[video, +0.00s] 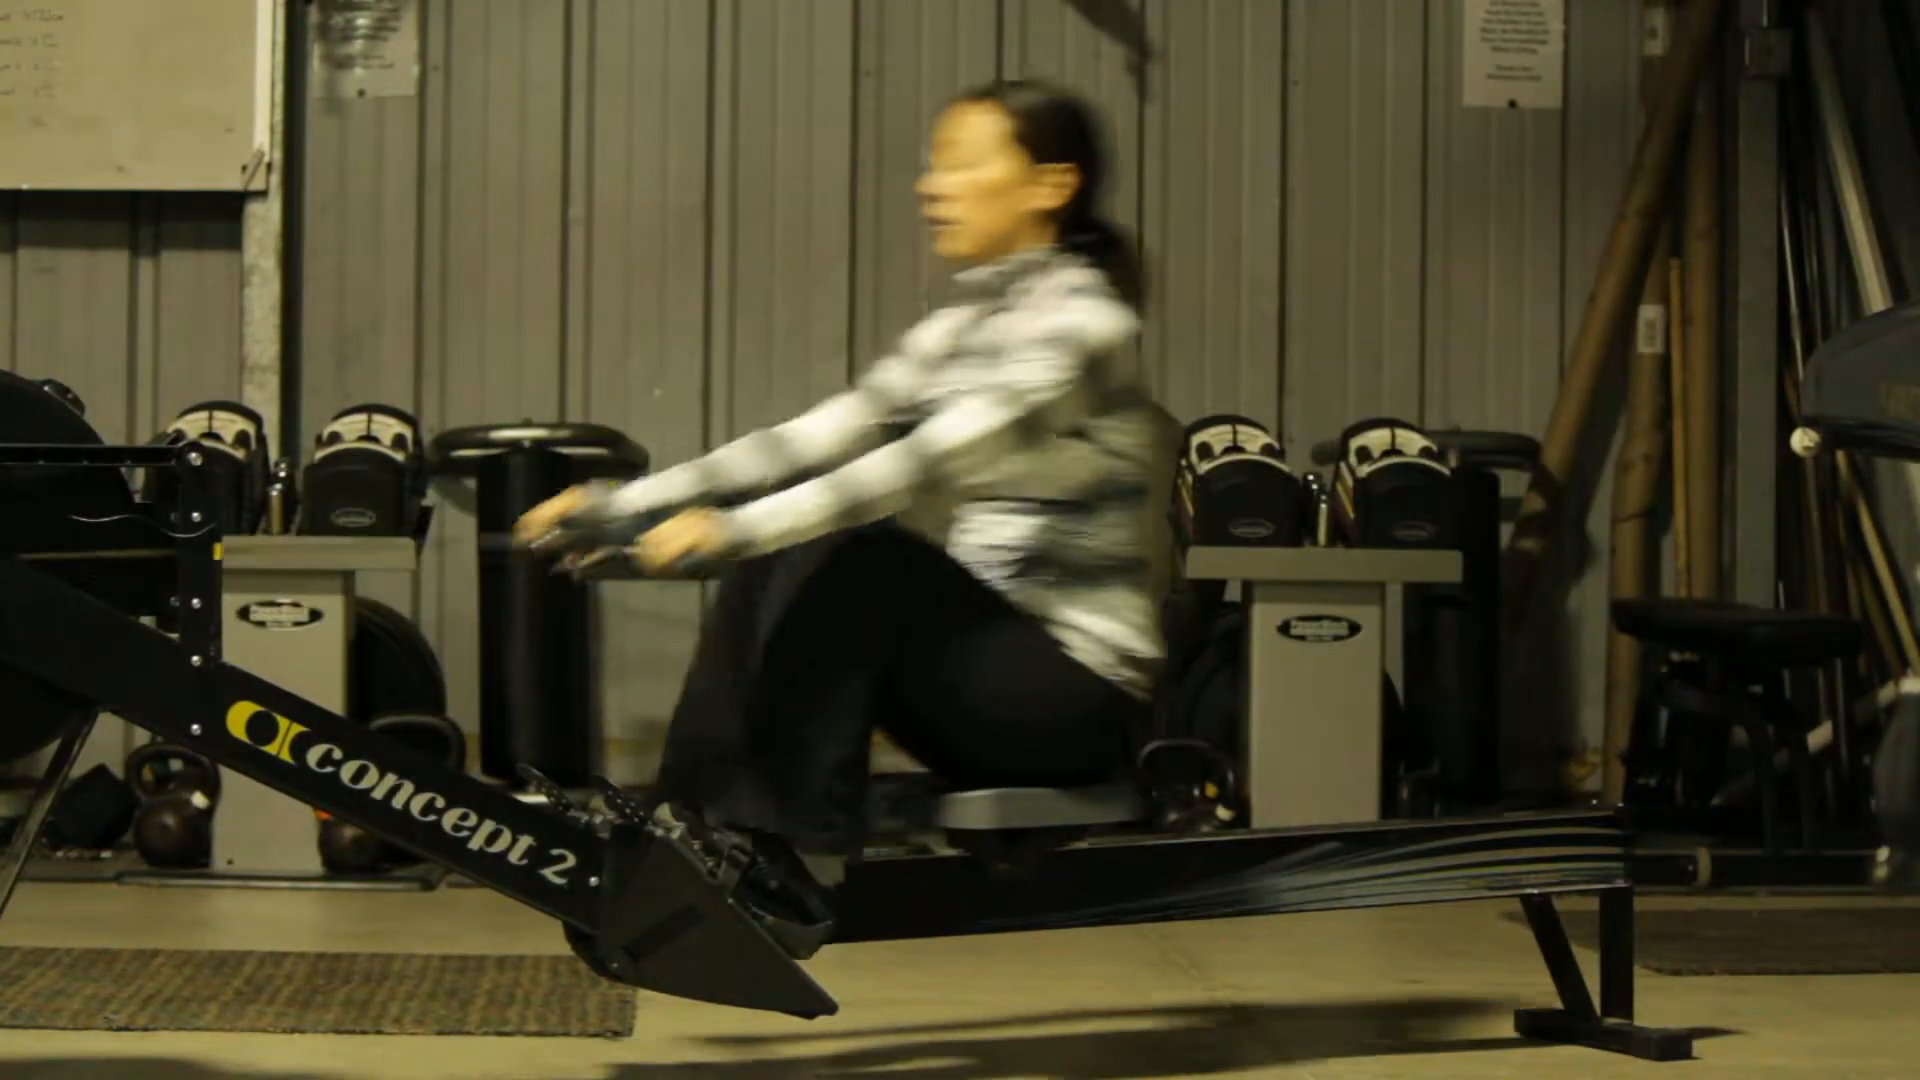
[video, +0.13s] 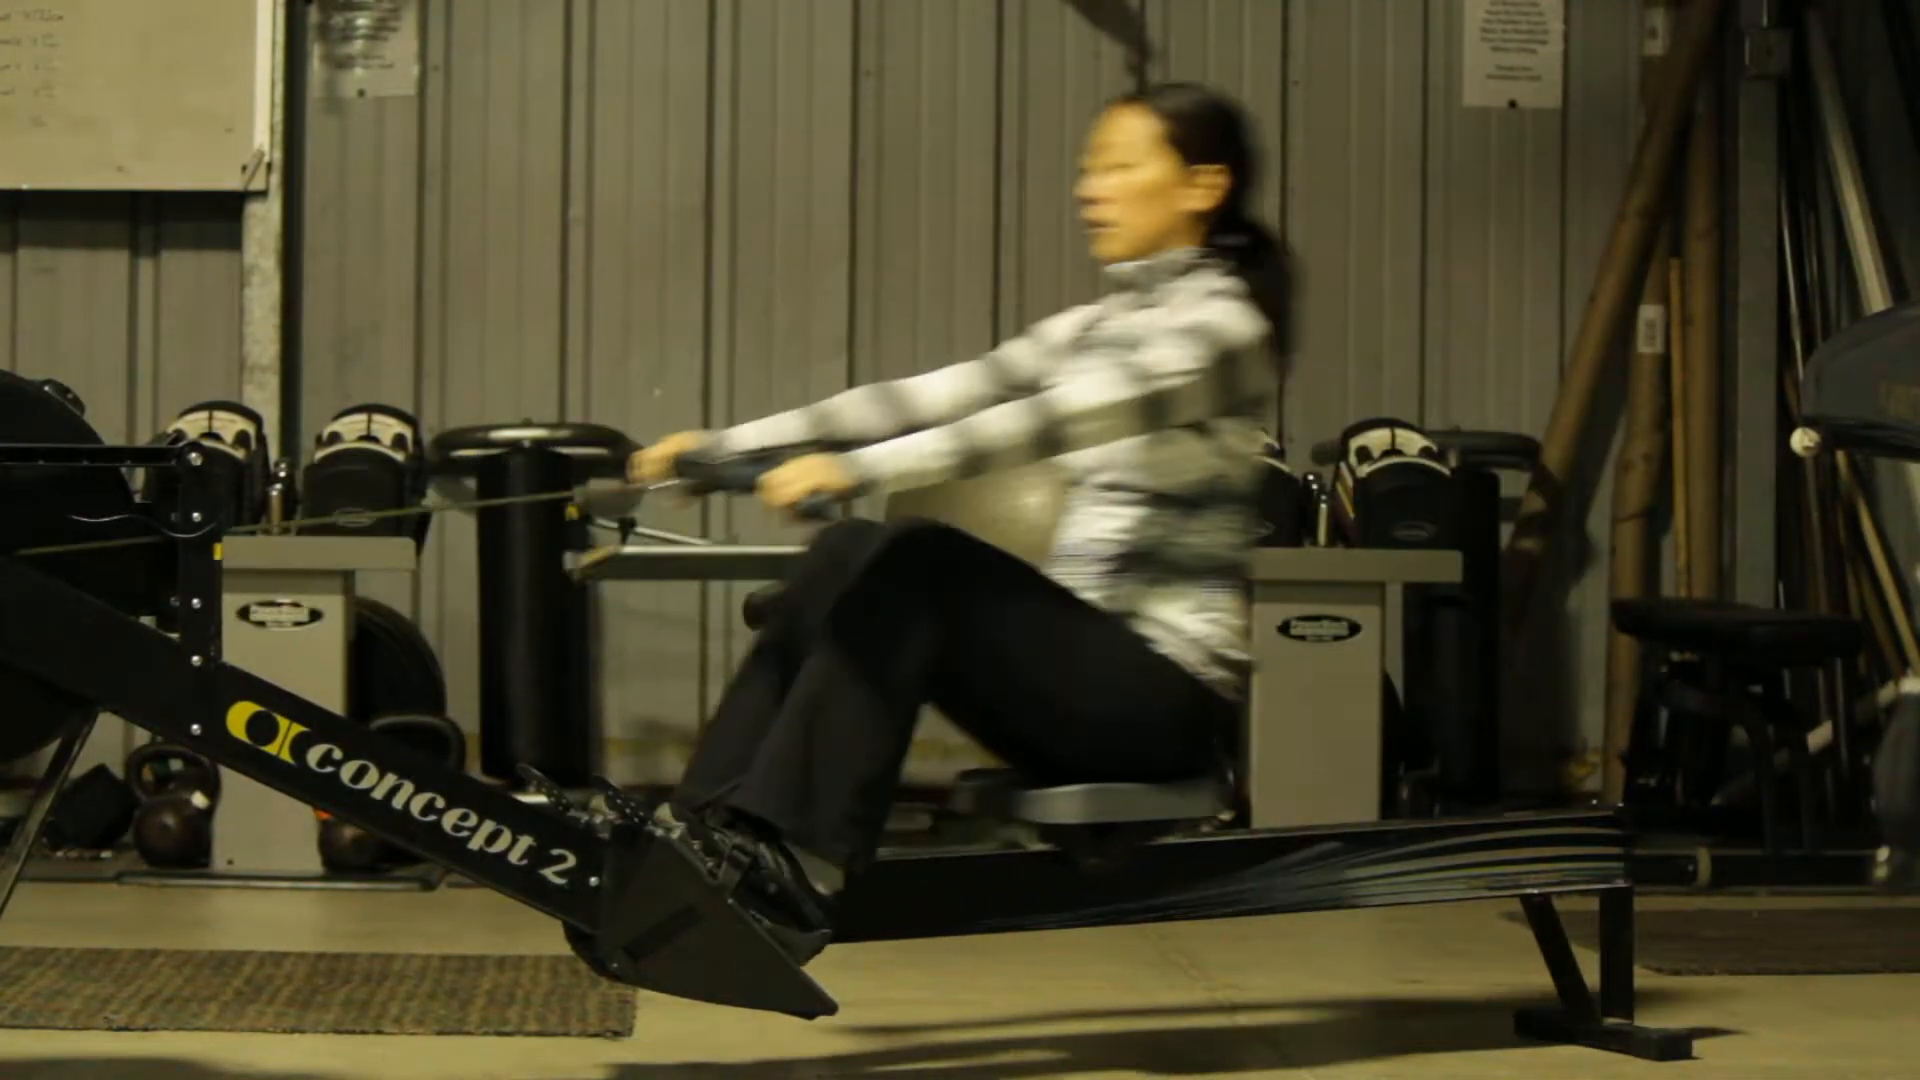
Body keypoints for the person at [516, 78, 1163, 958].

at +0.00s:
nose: (930, 188)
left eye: (962, 165)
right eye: (934, 165)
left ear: (1052, 187)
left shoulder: (1079, 318)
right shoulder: (965, 320)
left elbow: (926, 459)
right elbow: (816, 437)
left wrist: (735, 528)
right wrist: (621, 504)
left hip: (1080, 702)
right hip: (999, 685)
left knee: (867, 562)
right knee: (775, 550)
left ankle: (782, 858)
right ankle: (693, 823)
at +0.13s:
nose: (1088, 193)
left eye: (1117, 167)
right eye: (1089, 170)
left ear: (1204, 187)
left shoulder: (1222, 324)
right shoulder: (1096, 325)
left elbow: (1051, 421)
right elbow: (927, 399)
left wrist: (859, 470)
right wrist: (719, 449)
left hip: (1172, 702)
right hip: (1083, 688)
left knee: (920, 561)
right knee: (848, 555)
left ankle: (793, 852)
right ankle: (708, 830)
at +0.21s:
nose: (1176, 190)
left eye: (1206, 167)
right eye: (1179, 169)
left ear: (1291, 191)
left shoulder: (1299, 325)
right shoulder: (1168, 325)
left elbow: (1127, 409)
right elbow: (1013, 390)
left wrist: (939, 455)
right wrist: (802, 438)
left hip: (1218, 690)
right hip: (1141, 672)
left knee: (949, 585)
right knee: (885, 580)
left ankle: (811, 861)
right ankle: (721, 829)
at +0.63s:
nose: (1439, 288)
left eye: (1460, 264)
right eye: (1435, 266)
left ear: (1537, 270)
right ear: (1461, 275)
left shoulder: (1565, 394)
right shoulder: (1446, 397)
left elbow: (1554, 555)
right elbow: (1366, 533)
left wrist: (1375, 502)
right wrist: (1223, 504)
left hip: (1381, 682)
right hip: (1296, 656)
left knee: (1087, 723)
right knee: (1026, 705)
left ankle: (814, 887)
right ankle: (767, 846)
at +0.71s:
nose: (1442, 296)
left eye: (1460, 271)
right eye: (1437, 275)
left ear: (1539, 271)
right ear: (1472, 278)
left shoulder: (1579, 400)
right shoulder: (1456, 401)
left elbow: (1615, 584)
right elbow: (1414, 540)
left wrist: (1453, 514)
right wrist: (1294, 513)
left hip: (1390, 680)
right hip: (1304, 658)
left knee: (1097, 732)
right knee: (1034, 716)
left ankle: (809, 880)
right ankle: (772, 848)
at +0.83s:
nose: (1409, 288)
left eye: (1430, 261)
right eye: (1405, 265)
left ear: (1509, 259)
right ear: (1450, 267)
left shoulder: (1554, 378)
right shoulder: (1441, 382)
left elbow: (1635, 580)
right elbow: (1425, 527)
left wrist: (1492, 509)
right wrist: (1324, 512)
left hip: (1390, 681)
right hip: (1305, 656)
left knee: (1101, 726)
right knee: (1041, 711)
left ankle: (809, 883)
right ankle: (772, 847)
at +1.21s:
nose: (1080, 225)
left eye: (1105, 196)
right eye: (1077, 200)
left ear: (1194, 201)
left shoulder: (1248, 336)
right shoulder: (1113, 343)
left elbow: (1162, 538)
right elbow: (995, 509)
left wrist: (976, 612)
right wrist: (834, 584)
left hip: (1247, 692)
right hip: (1146, 663)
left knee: (966, 651)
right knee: (897, 623)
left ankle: (827, 877)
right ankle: (766, 838)